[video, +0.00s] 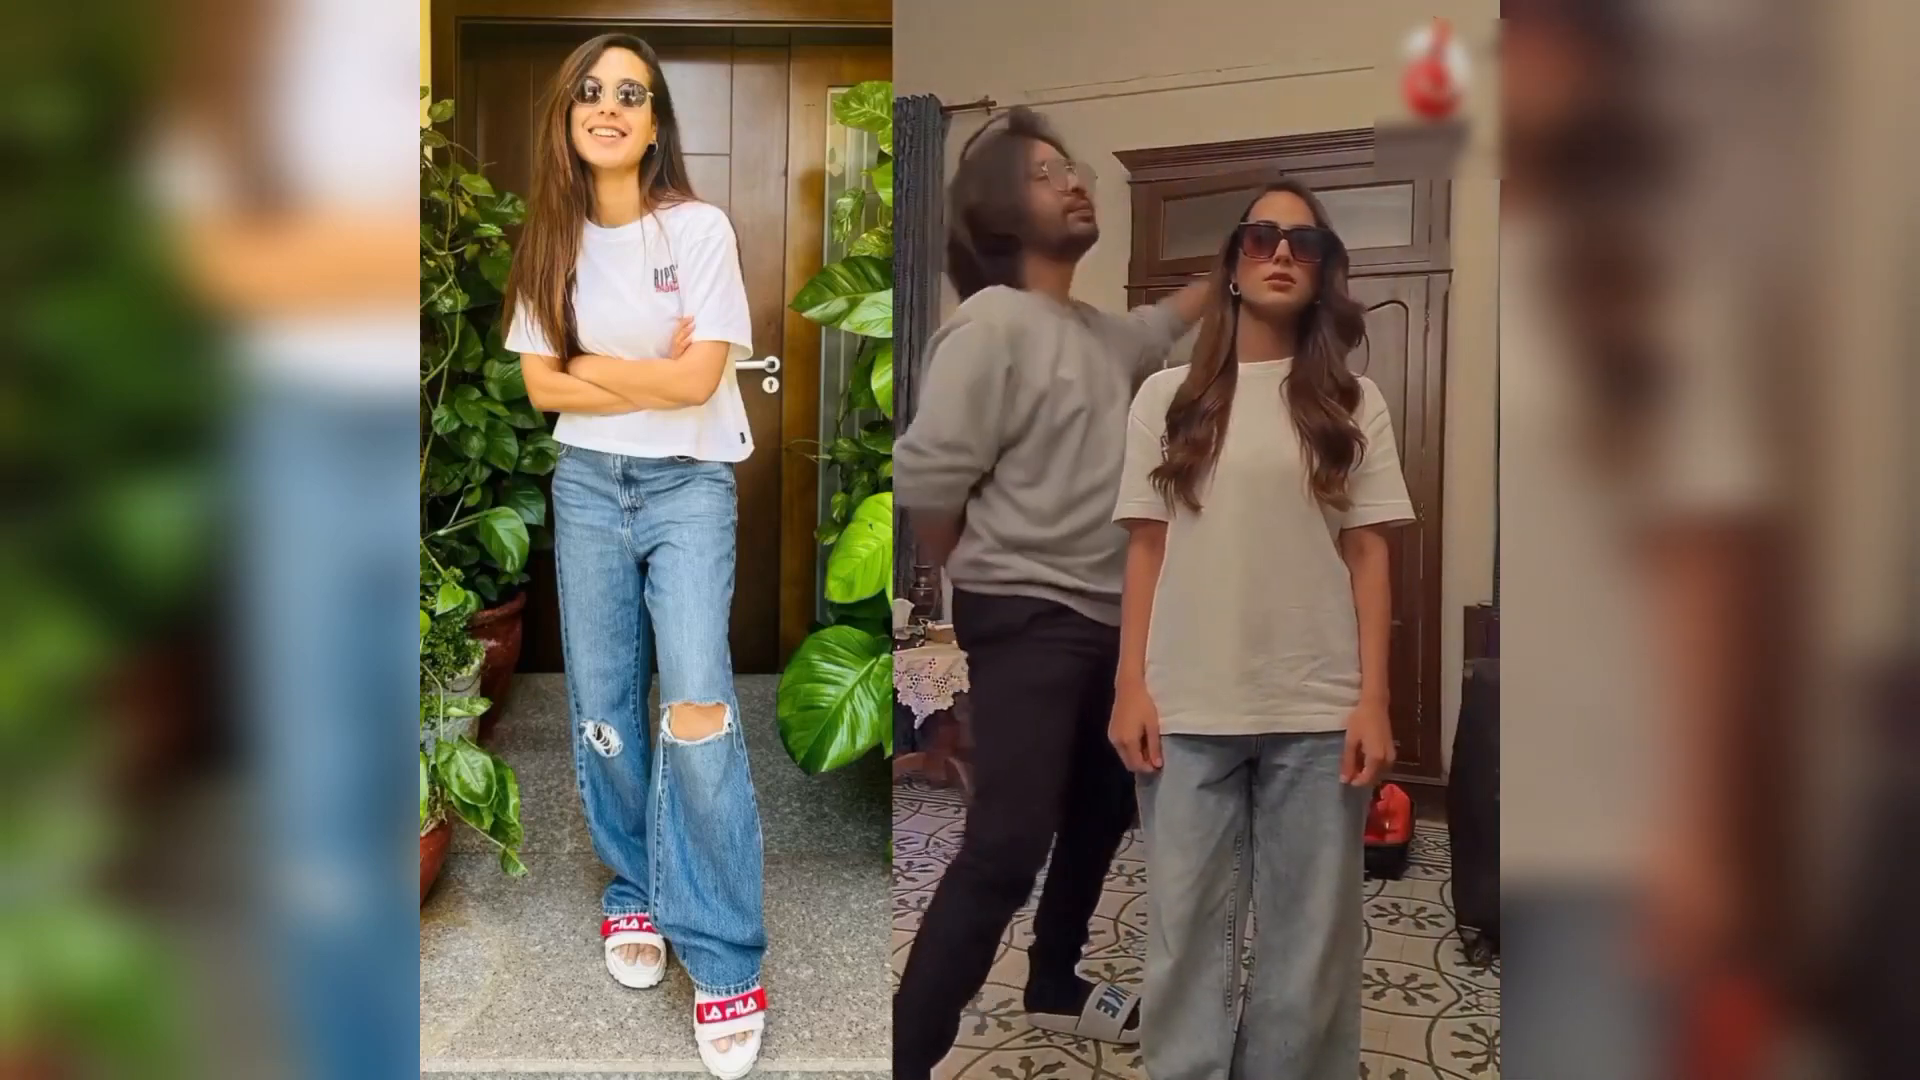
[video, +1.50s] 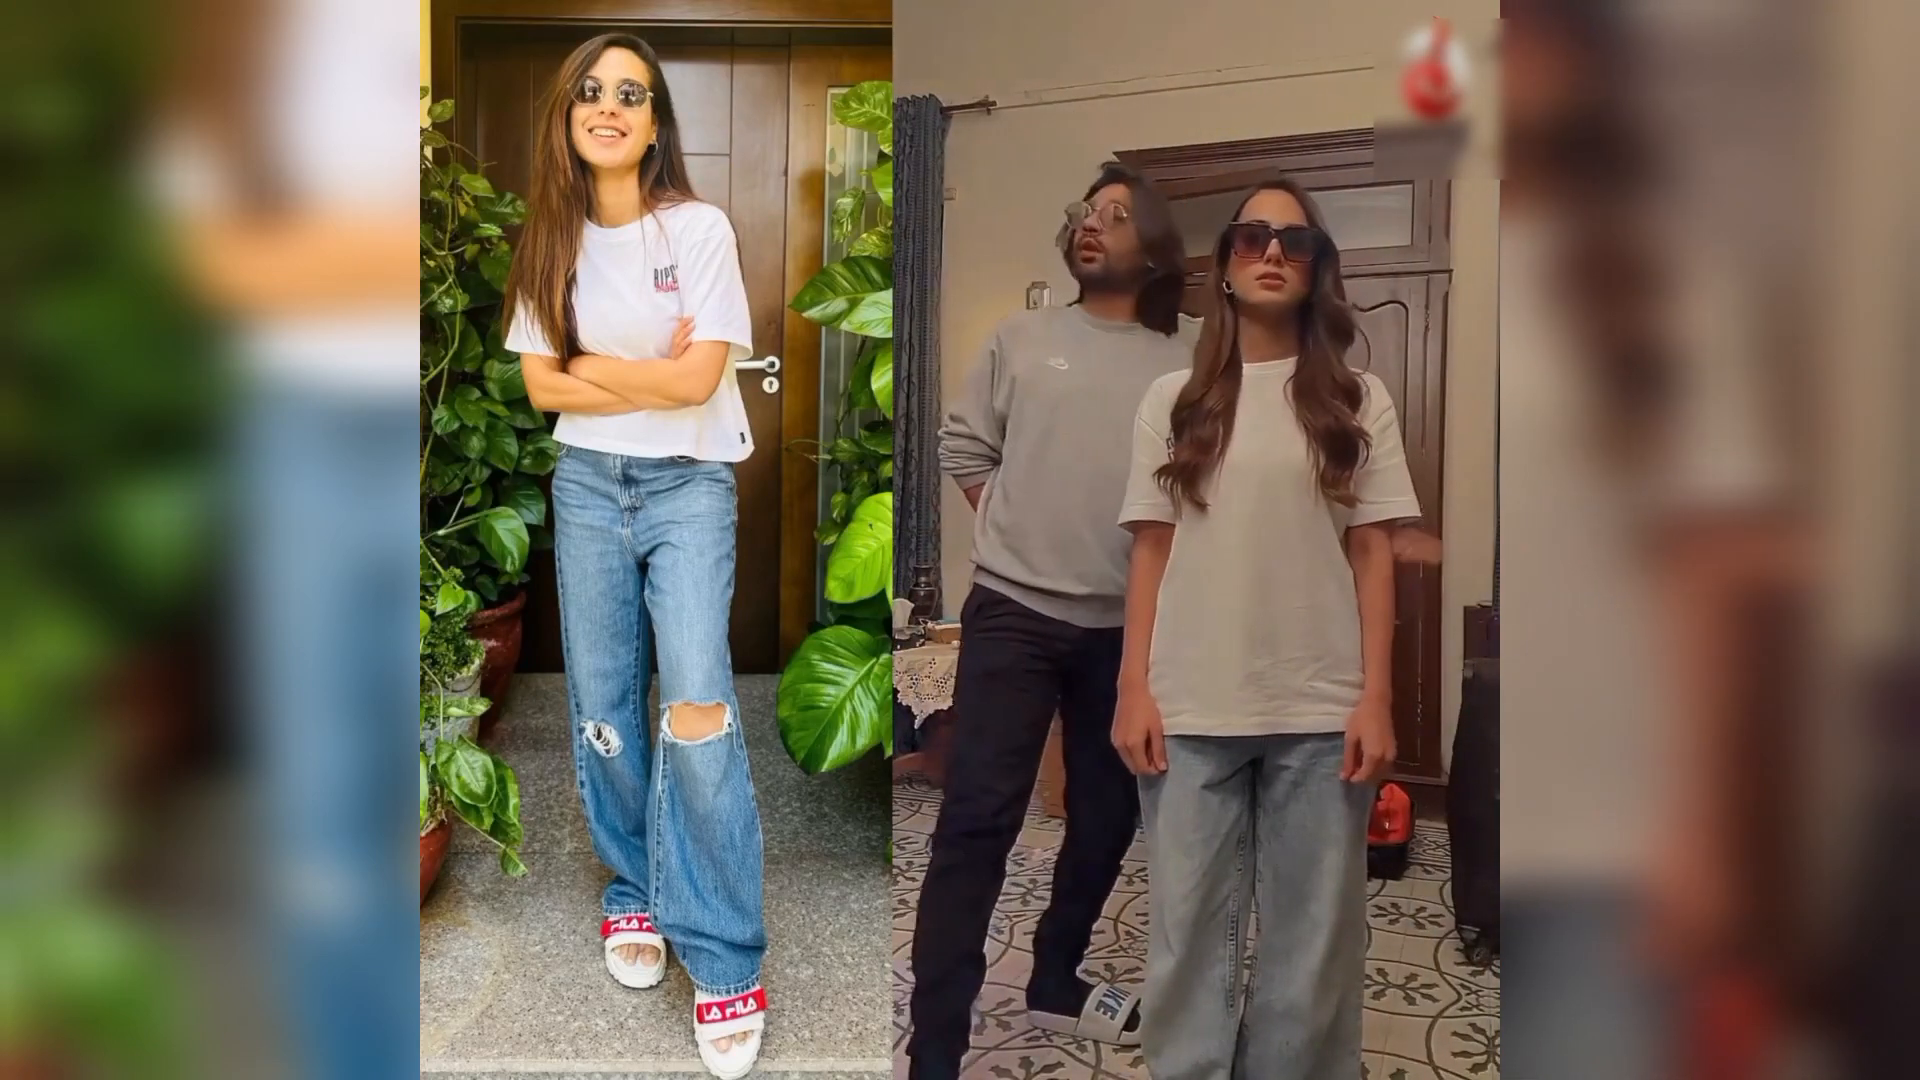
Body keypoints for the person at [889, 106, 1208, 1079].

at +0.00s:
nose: (1077, 184)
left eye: (1074, 171)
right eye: (1048, 175)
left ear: (1078, 199)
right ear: (998, 209)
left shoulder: (1103, 329)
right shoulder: (992, 323)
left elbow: (1171, 317)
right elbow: (925, 481)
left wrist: (1236, 261)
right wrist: (954, 561)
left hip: (1112, 612)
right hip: (1024, 610)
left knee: (1099, 807)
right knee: (1006, 850)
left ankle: (1055, 987)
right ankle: (910, 1061)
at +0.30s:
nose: (1103, 217)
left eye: (1114, 208)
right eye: (1082, 206)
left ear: (1130, 237)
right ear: (1043, 233)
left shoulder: (1155, 363)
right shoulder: (1005, 338)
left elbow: (1168, 496)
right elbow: (944, 460)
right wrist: (1000, 557)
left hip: (1127, 621)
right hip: (1025, 610)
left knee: (1112, 813)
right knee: (988, 825)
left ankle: (1057, 983)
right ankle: (913, 1055)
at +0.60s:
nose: (1108, 218)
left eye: (1124, 210)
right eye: (1091, 207)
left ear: (1141, 242)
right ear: (1058, 234)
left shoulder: (1163, 356)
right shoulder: (1010, 330)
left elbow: (1177, 484)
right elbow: (957, 453)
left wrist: (1143, 566)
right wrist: (1010, 548)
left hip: (1128, 618)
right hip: (1021, 608)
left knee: (1103, 808)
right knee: (990, 818)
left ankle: (1055, 980)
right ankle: (943, 1053)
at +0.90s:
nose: (1100, 221)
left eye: (1113, 213)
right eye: (1080, 210)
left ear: (1131, 244)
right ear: (1045, 238)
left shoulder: (1160, 356)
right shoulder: (1007, 341)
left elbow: (1177, 484)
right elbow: (957, 465)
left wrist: (1145, 568)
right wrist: (1017, 555)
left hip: (1132, 618)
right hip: (1027, 611)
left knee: (1109, 812)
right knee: (991, 822)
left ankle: (1056, 982)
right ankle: (941, 1054)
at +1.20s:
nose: (1106, 224)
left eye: (1120, 214)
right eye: (1087, 215)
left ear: (1143, 240)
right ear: (1057, 242)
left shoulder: (1172, 358)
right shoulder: (1019, 338)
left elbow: (1190, 490)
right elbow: (962, 458)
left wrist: (1151, 570)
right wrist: (1018, 551)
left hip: (1132, 622)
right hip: (1024, 611)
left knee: (1110, 812)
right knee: (987, 820)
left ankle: (1056, 981)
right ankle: (940, 1054)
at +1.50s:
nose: (1090, 224)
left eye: (1115, 214)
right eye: (1086, 212)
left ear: (1157, 245)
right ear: (1075, 238)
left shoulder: (1189, 354)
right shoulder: (1022, 336)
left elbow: (1207, 486)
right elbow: (964, 447)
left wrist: (1160, 564)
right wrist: (1016, 530)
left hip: (1127, 623)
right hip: (1012, 612)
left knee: (1105, 817)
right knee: (975, 821)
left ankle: (1057, 979)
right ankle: (934, 1055)